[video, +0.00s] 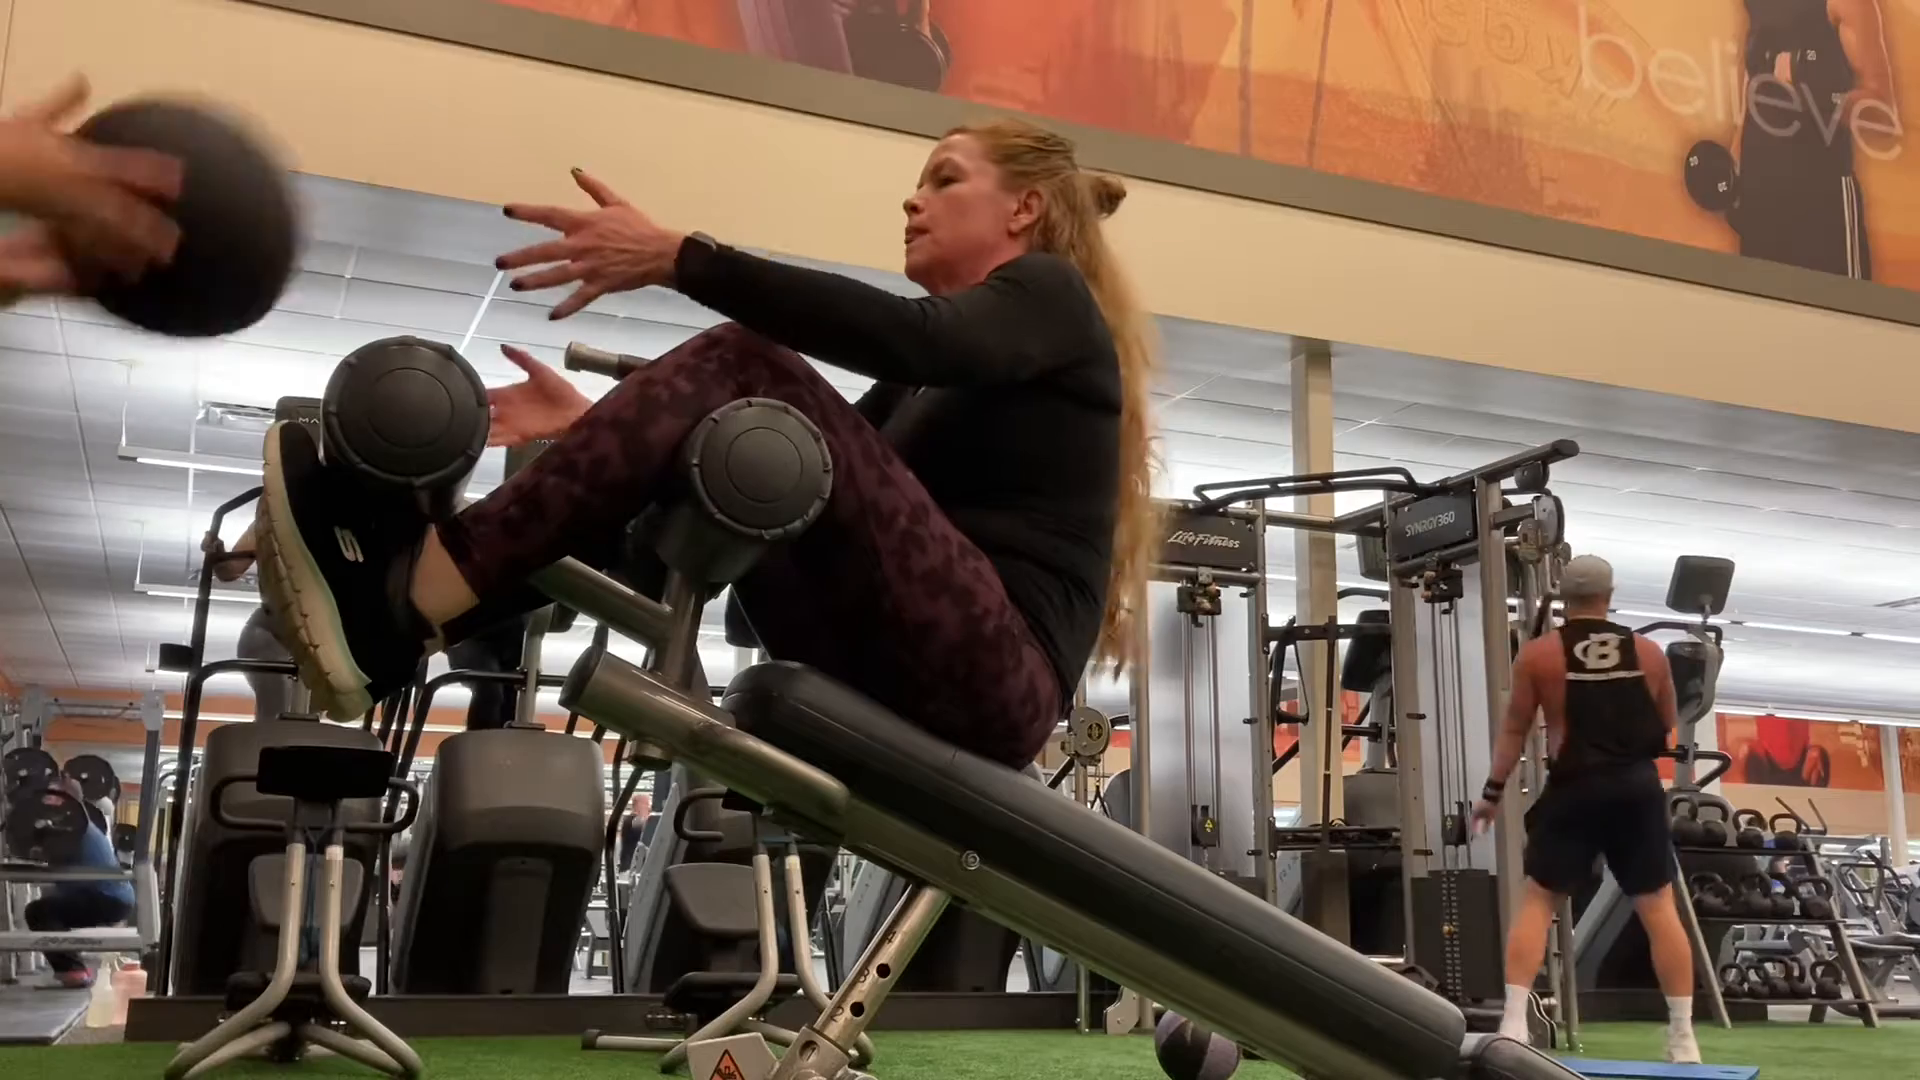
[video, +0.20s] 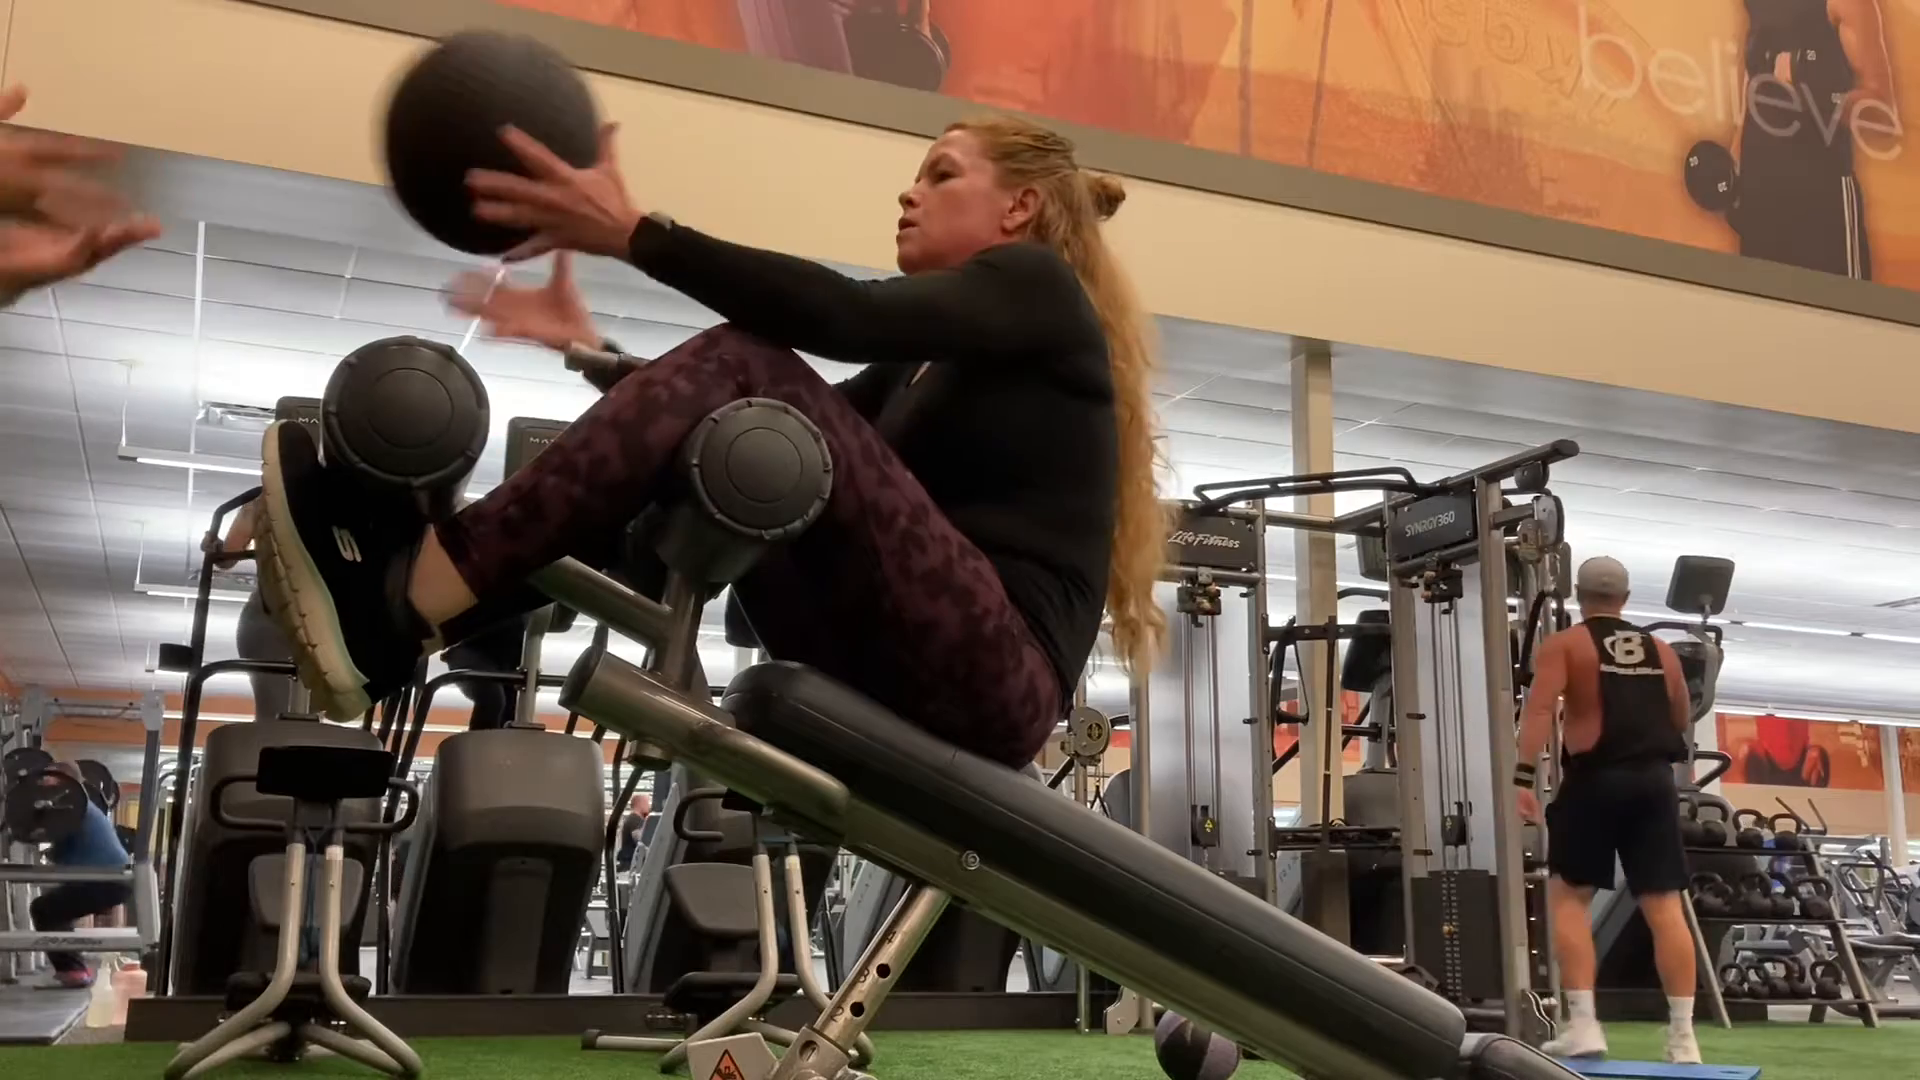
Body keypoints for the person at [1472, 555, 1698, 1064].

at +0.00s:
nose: (1597, 604)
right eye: (1604, 595)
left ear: (1563, 599)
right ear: (1609, 598)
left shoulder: (1538, 654)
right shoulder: (1649, 652)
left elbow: (1514, 730)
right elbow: (1666, 730)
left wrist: (1491, 794)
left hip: (1570, 795)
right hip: (1639, 794)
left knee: (1538, 900)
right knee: (1660, 911)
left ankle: (1513, 1027)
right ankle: (1683, 1039)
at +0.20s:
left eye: (1586, 595)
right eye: (1617, 596)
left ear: (1580, 598)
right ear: (1625, 599)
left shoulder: (1561, 646)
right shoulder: (1660, 648)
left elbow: (1539, 711)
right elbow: (1682, 718)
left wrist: (1523, 777)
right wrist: (1651, 744)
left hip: (1590, 787)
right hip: (1654, 786)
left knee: (1570, 897)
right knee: (1665, 904)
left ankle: (1583, 1026)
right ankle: (1683, 1036)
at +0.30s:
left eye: (1585, 595)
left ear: (1581, 598)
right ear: (1626, 600)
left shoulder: (1568, 645)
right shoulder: (1659, 651)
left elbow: (1554, 710)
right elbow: (1669, 718)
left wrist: (1540, 779)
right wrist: (1655, 769)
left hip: (1597, 785)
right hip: (1658, 784)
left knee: (1581, 900)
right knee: (1666, 906)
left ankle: (1597, 1030)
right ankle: (1683, 1036)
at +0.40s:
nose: (1572, 611)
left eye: (1572, 604)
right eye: (1579, 604)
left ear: (1575, 604)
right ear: (1615, 604)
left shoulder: (1577, 646)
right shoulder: (1639, 647)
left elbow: (1561, 711)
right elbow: (1658, 714)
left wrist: (1545, 778)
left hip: (1597, 781)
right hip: (1654, 783)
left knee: (1565, 890)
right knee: (1664, 900)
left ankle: (1589, 1017)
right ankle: (1682, 1029)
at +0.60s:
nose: (1536, 618)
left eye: (1537, 608)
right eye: (1536, 609)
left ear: (1550, 608)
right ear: (1580, 606)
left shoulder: (1570, 645)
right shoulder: (1614, 647)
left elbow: (1571, 719)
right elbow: (1628, 730)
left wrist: (1544, 770)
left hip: (1594, 783)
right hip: (1644, 785)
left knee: (1553, 893)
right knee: (1656, 910)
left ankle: (1536, 1020)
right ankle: (1682, 1037)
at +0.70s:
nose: (1516, 622)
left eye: (1517, 614)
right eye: (1516, 614)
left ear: (1530, 615)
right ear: (1561, 610)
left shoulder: (1554, 653)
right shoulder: (1594, 651)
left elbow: (1565, 720)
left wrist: (1538, 774)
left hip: (1585, 790)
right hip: (1631, 790)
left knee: (1551, 902)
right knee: (1648, 910)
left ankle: (1514, 1020)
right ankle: (1681, 1035)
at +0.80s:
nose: (1491, 625)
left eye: (1493, 617)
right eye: (1491, 617)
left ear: (1506, 617)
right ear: (1537, 611)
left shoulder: (1534, 654)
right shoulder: (1568, 652)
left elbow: (1546, 724)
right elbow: (1589, 730)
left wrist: (1520, 771)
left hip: (1563, 791)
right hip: (1608, 791)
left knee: (1539, 905)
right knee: (1631, 908)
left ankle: (1512, 1025)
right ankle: (1678, 1031)